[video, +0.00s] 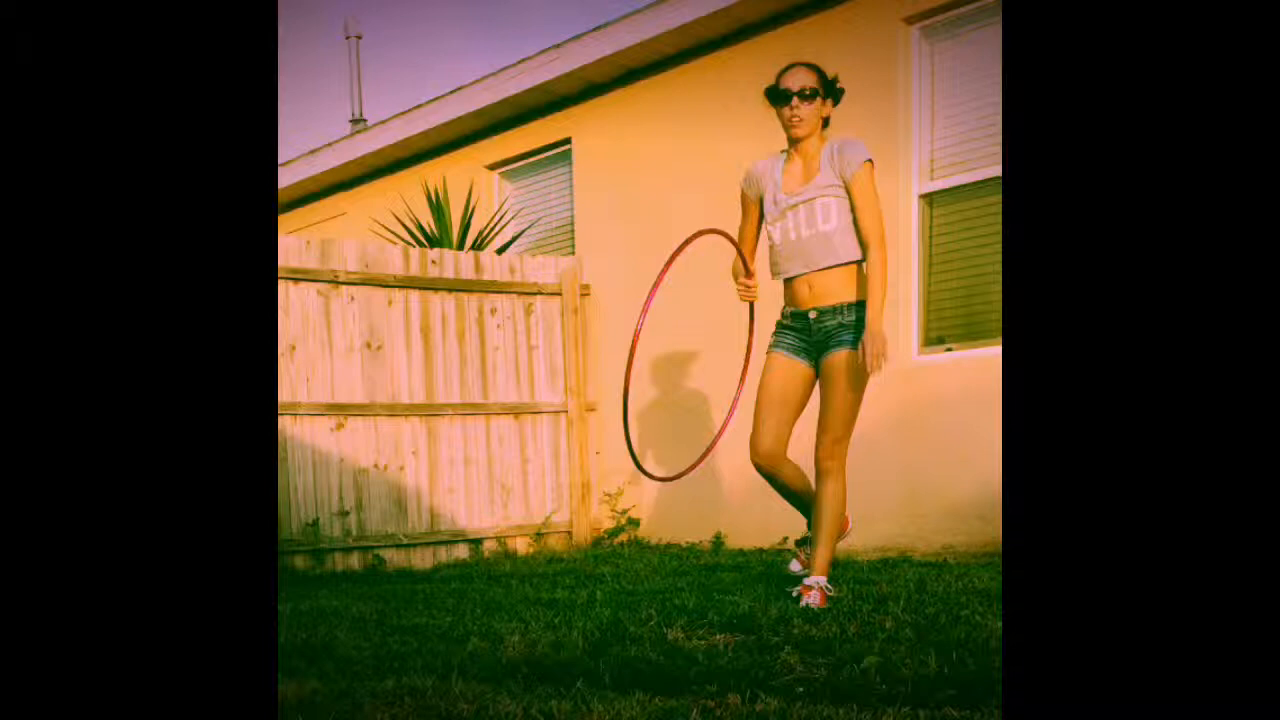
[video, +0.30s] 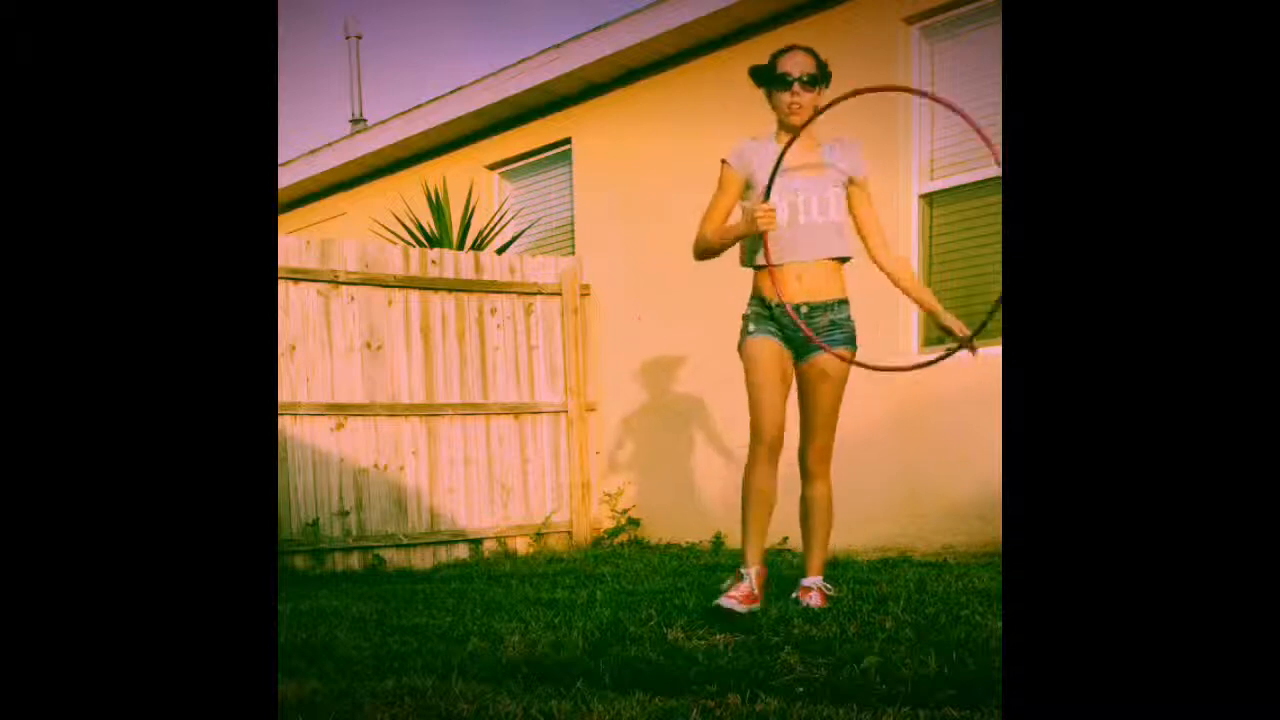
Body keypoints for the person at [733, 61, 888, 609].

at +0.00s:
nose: (794, 106)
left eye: (806, 96)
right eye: (784, 98)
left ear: (828, 105)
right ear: (774, 109)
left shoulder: (846, 155)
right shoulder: (761, 174)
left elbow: (875, 245)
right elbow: (744, 250)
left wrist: (873, 326)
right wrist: (746, 278)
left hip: (846, 321)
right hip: (793, 325)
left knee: (829, 456)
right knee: (765, 453)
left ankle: (816, 581)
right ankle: (829, 521)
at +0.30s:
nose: (797, 93)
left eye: (808, 83)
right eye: (786, 84)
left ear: (823, 92)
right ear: (768, 92)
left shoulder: (842, 158)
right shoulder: (748, 157)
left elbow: (883, 253)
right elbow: (703, 246)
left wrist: (941, 312)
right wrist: (740, 228)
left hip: (828, 316)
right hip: (766, 315)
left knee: (814, 458)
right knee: (764, 444)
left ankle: (813, 581)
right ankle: (751, 576)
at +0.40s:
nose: (789, 98)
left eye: (800, 87)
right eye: (777, 87)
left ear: (814, 93)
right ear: (762, 94)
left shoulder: (830, 167)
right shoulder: (738, 158)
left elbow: (859, 260)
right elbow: (702, 251)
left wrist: (938, 264)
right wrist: (729, 217)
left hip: (822, 321)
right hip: (758, 319)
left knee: (812, 458)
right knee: (745, 445)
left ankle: (812, 580)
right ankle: (725, 577)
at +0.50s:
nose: (779, 100)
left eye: (790, 89)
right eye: (767, 89)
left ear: (805, 98)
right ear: (751, 96)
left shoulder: (820, 171)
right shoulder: (725, 160)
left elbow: (865, 254)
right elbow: (692, 251)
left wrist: (912, 190)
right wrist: (711, 210)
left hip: (810, 326)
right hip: (743, 324)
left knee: (800, 467)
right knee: (726, 451)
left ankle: (803, 581)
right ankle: (699, 591)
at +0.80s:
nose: (739, 89)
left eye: (751, 78)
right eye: (727, 78)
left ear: (767, 85)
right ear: (710, 84)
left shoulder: (773, 156)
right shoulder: (677, 147)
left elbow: (826, 161)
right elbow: (647, 228)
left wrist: (872, 91)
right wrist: (636, 173)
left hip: (752, 316)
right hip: (684, 314)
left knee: (803, 450)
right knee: (690, 463)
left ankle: (728, 499)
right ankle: (686, 607)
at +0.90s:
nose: (725, 88)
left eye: (737, 78)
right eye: (714, 78)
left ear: (753, 87)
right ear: (698, 86)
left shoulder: (764, 156)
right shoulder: (668, 147)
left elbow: (807, 148)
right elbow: (642, 224)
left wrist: (799, 62)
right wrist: (639, 143)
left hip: (747, 319)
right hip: (677, 321)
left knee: (828, 405)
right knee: (681, 467)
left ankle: (724, 421)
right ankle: (686, 608)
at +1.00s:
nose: (717, 91)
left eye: (729, 80)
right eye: (705, 80)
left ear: (747, 90)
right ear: (687, 90)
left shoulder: (762, 158)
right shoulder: (663, 156)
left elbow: (801, 127)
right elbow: (655, 225)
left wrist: (751, 43)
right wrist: (671, 134)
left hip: (745, 320)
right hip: (677, 329)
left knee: (838, 353)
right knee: (677, 474)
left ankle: (752, 428)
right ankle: (686, 608)